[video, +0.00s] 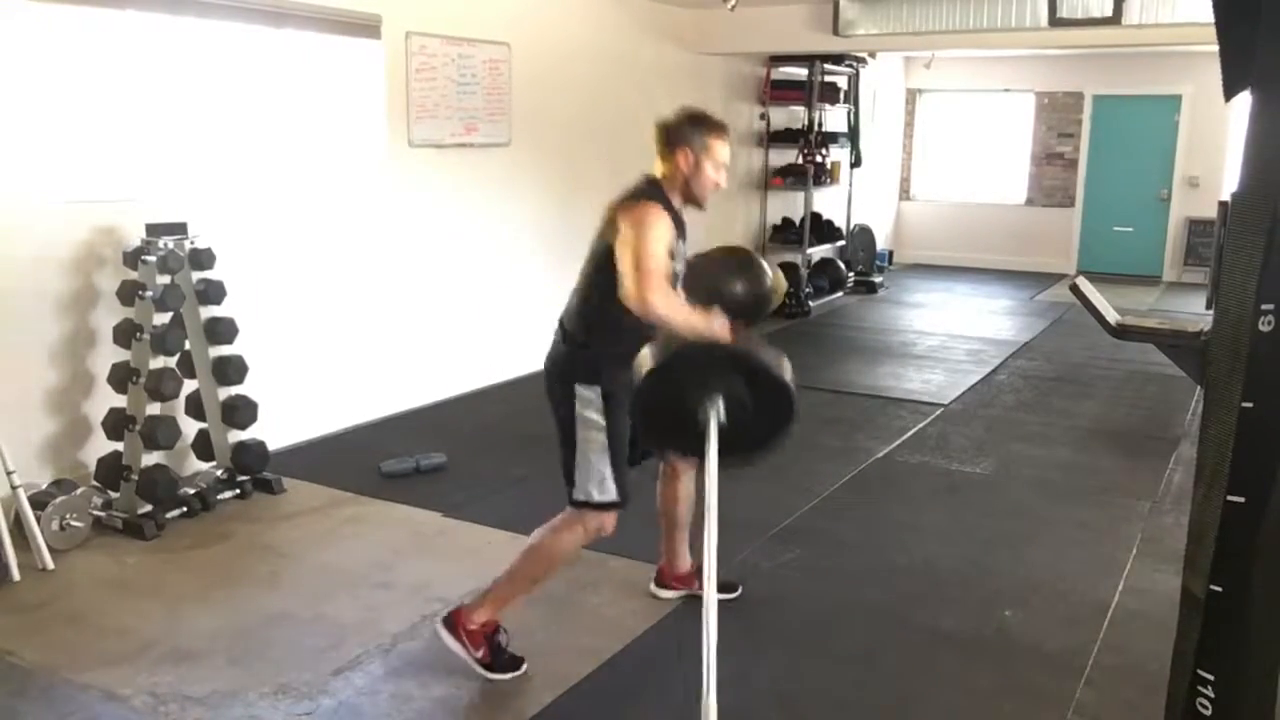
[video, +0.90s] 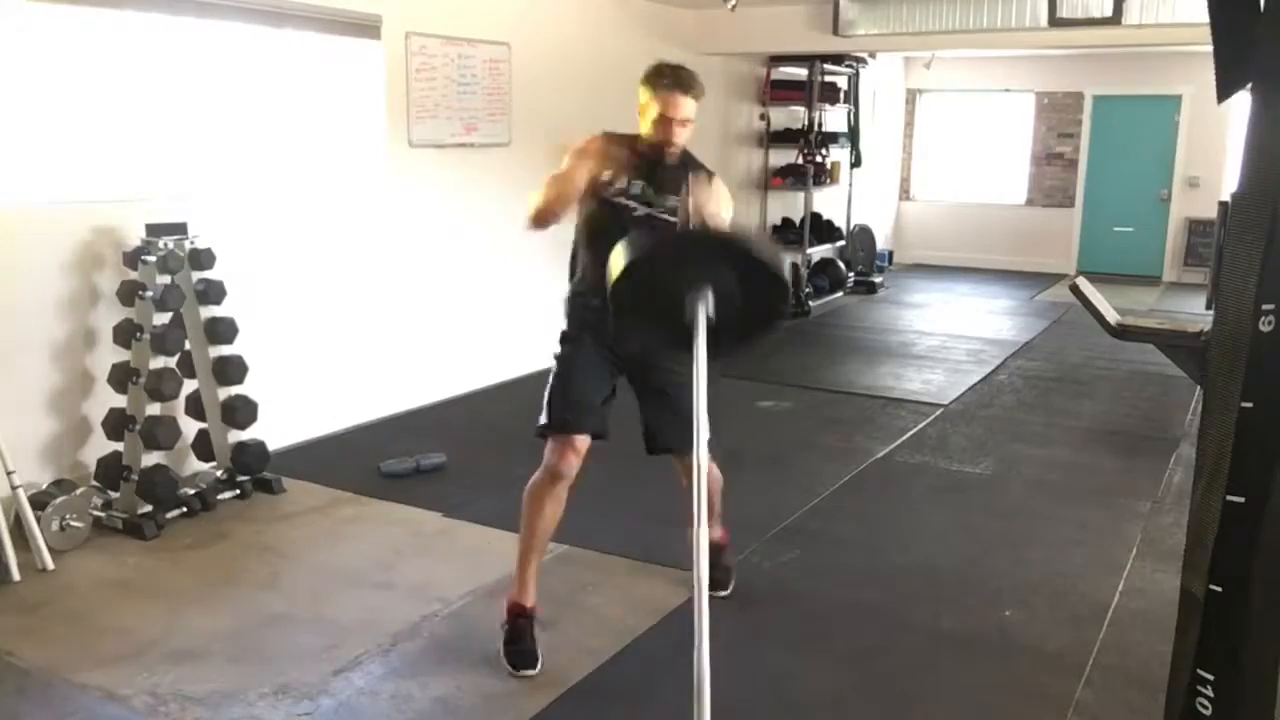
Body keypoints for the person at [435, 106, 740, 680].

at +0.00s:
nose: (723, 179)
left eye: (724, 166)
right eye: (717, 165)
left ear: (686, 161)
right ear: (683, 159)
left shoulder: (665, 211)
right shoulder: (647, 214)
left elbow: (662, 294)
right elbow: (648, 299)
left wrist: (709, 318)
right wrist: (715, 327)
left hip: (622, 363)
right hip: (586, 369)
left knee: (683, 449)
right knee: (595, 516)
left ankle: (676, 568)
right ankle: (475, 618)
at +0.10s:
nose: (732, 216)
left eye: (733, 203)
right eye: (726, 202)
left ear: (690, 199)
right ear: (695, 199)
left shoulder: (645, 236)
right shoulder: (675, 260)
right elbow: (684, 362)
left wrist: (707, 385)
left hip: (621, 388)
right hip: (588, 398)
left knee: (681, 449)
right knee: (602, 544)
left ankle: (676, 567)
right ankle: (470, 628)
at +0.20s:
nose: (741, 257)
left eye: (744, 246)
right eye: (738, 244)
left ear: (697, 238)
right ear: (708, 237)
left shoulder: (645, 265)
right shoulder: (693, 305)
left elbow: (591, 332)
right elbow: (698, 417)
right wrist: (716, 480)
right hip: (587, 419)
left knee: (691, 455)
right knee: (606, 568)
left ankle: (669, 567)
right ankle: (471, 630)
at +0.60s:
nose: (734, 238)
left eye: (735, 225)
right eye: (728, 224)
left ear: (690, 222)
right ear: (695, 221)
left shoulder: (652, 255)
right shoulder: (688, 277)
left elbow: (632, 348)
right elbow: (699, 390)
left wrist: (682, 394)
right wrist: (705, 446)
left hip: (622, 401)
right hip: (595, 414)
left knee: (695, 446)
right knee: (598, 560)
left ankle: (673, 560)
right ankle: (466, 631)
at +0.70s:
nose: (721, 188)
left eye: (723, 176)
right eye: (713, 175)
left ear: (701, 173)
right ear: (679, 170)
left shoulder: (668, 220)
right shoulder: (654, 218)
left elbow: (668, 306)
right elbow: (667, 308)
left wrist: (698, 366)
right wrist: (702, 374)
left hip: (633, 377)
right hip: (592, 383)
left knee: (699, 453)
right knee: (587, 522)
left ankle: (679, 565)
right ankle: (467, 626)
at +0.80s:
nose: (703, 147)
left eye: (708, 136)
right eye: (693, 134)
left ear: (709, 135)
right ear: (659, 125)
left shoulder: (702, 198)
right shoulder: (626, 164)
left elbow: (695, 275)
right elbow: (615, 233)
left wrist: (706, 338)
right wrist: (679, 272)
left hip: (651, 339)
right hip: (590, 334)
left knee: (703, 451)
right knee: (571, 478)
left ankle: (682, 555)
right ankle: (493, 605)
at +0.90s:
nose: (675, 134)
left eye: (685, 123)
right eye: (666, 120)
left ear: (695, 121)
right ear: (641, 109)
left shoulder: (704, 186)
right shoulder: (600, 153)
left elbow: (719, 268)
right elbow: (540, 218)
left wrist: (702, 227)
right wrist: (577, 181)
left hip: (668, 337)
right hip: (594, 330)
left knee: (696, 463)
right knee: (563, 460)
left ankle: (713, 538)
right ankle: (522, 602)